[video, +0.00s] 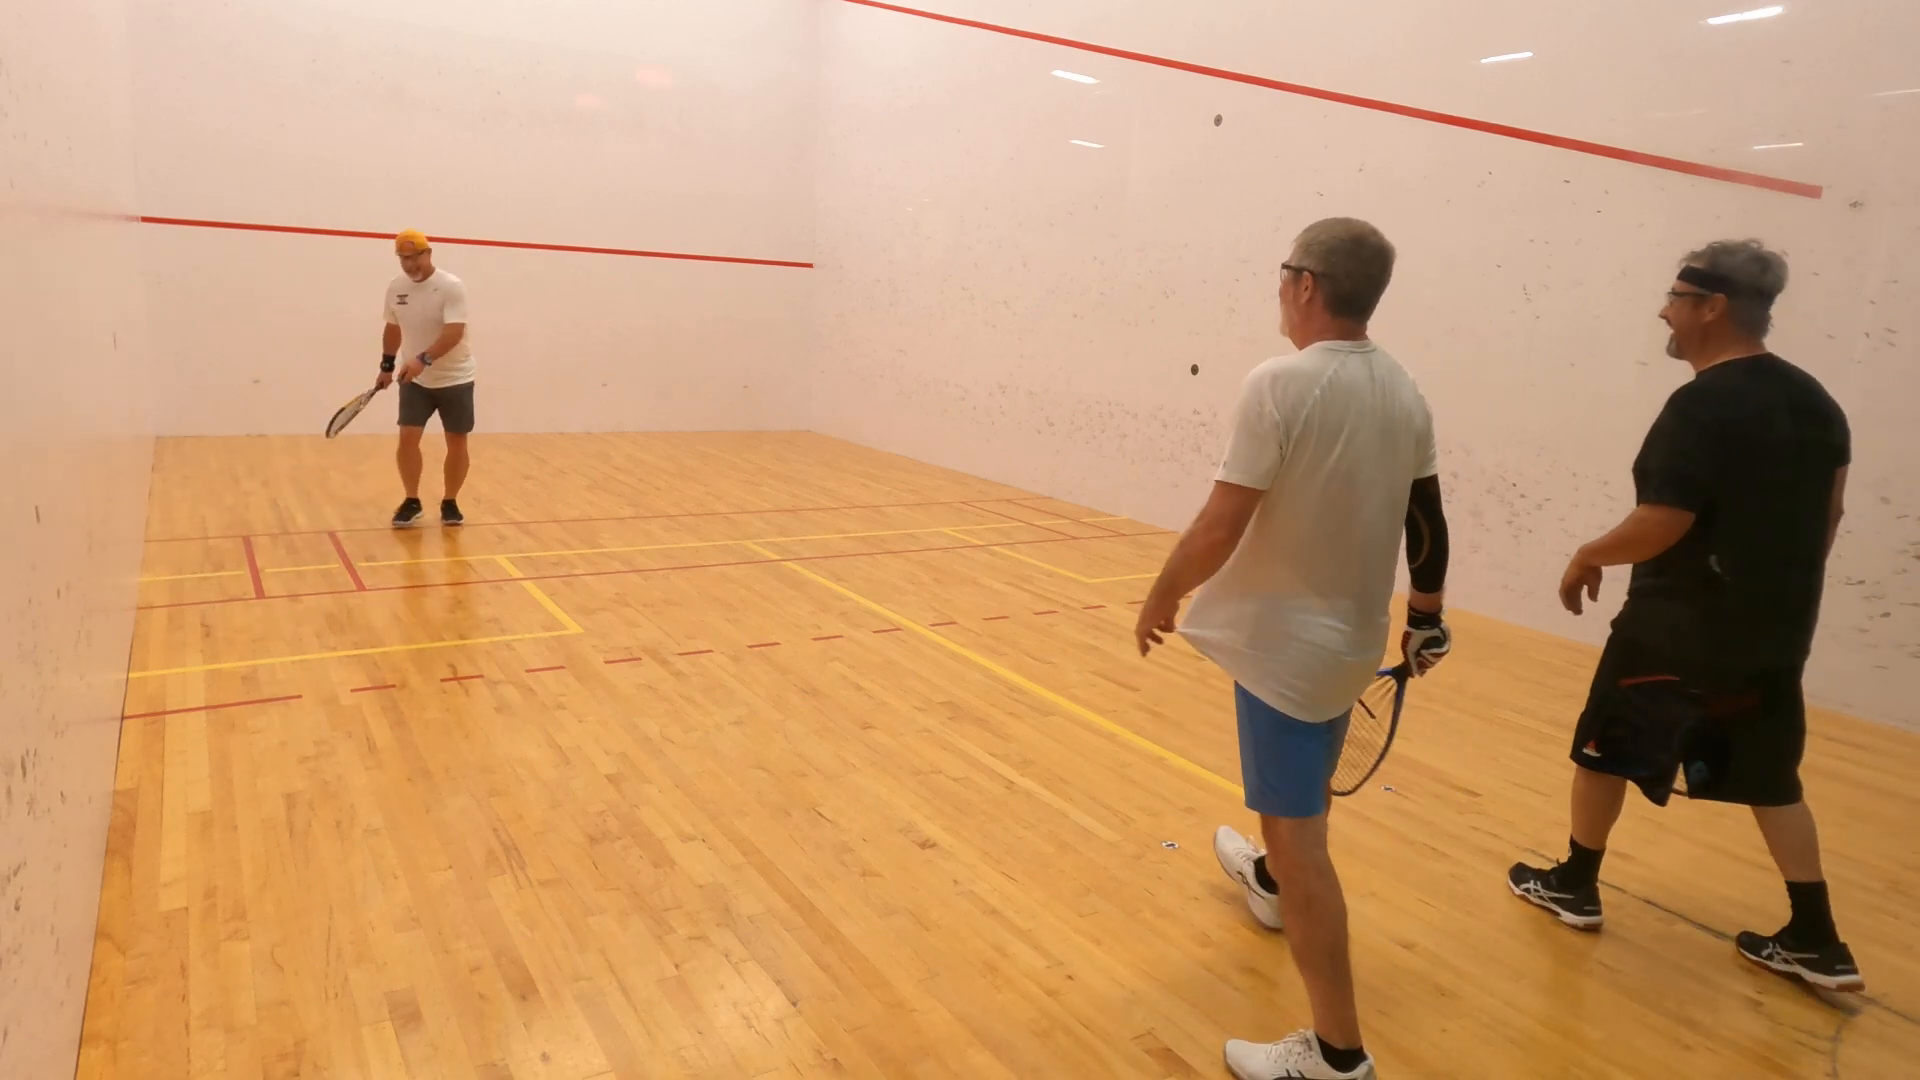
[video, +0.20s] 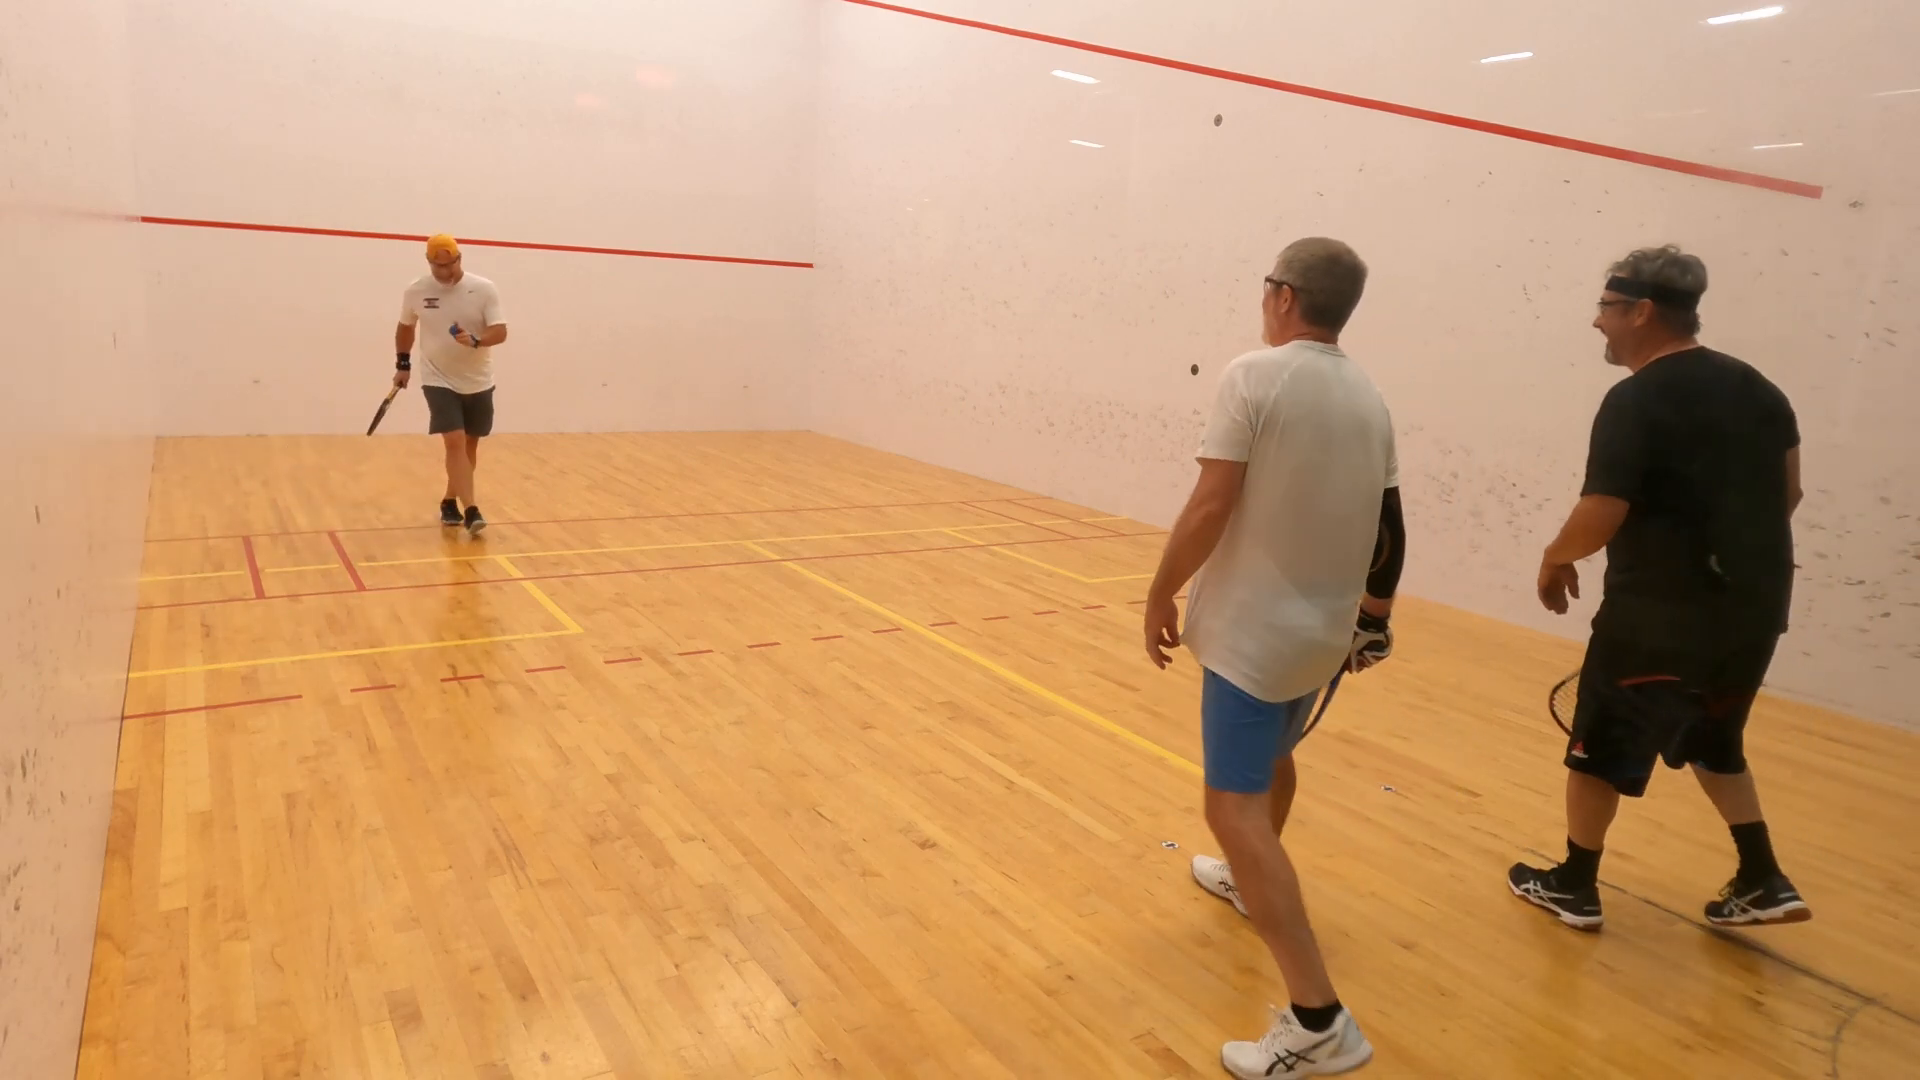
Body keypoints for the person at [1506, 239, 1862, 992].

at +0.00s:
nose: (1665, 310)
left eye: (1676, 298)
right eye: (1670, 296)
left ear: (1715, 308)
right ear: (1736, 312)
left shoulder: (1699, 405)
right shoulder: (1815, 403)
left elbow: (1661, 523)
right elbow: (1827, 520)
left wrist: (1589, 554)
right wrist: (1782, 587)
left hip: (1674, 629)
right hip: (1772, 634)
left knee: (1607, 741)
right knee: (1771, 774)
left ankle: (1575, 879)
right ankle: (1815, 935)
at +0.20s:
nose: (1597, 321)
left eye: (1607, 308)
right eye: (1600, 306)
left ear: (1647, 315)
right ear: (1680, 315)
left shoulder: (1633, 401)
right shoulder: (1758, 389)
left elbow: (1600, 514)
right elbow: (1787, 491)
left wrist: (1554, 556)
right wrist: (1732, 548)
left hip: (1656, 613)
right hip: (1750, 615)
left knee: (1600, 740)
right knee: (1713, 737)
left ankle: (1575, 881)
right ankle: (1761, 876)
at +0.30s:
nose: (1574, 326)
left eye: (1584, 313)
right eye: (1577, 312)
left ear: (1620, 318)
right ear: (1646, 319)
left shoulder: (1614, 402)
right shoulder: (1738, 388)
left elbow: (1584, 515)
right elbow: (1774, 488)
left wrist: (1541, 559)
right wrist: (1705, 531)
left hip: (1650, 613)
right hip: (1743, 615)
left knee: (1602, 740)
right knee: (1701, 739)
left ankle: (1576, 879)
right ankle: (1711, 873)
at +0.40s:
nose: (1559, 335)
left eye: (1568, 321)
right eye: (1561, 321)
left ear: (1603, 325)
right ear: (1629, 327)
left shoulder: (1604, 404)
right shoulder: (1724, 392)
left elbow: (1582, 517)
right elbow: (1763, 488)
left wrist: (1535, 565)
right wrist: (1695, 536)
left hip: (1650, 612)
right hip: (1741, 612)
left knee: (1601, 738)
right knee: (1697, 736)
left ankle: (1576, 880)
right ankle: (1661, 863)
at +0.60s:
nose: (1548, 346)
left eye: (1557, 332)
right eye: (1549, 332)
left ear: (1593, 337)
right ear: (1619, 338)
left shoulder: (1597, 407)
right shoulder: (1701, 396)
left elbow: (1594, 510)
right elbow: (1743, 488)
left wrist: (1548, 573)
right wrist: (1740, 580)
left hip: (1651, 605)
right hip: (1738, 606)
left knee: (1596, 728)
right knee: (1692, 730)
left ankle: (1575, 880)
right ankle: (1658, 863)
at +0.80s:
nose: (1551, 338)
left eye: (1562, 328)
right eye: (1555, 326)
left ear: (1595, 336)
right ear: (1619, 338)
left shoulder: (1597, 400)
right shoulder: (1695, 395)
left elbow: (1597, 500)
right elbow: (1741, 491)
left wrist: (1563, 573)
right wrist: (1736, 577)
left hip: (1651, 599)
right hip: (1733, 601)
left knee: (1598, 727)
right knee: (1689, 724)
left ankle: (1576, 878)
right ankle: (1657, 862)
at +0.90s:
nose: (1551, 338)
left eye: (1562, 328)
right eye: (1556, 326)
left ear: (1595, 337)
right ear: (1619, 340)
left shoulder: (1596, 399)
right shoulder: (1694, 396)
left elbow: (1597, 497)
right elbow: (1744, 491)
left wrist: (1565, 571)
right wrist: (1736, 579)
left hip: (1648, 600)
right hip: (1728, 601)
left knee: (1598, 726)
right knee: (1682, 725)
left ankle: (1576, 878)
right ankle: (1657, 862)